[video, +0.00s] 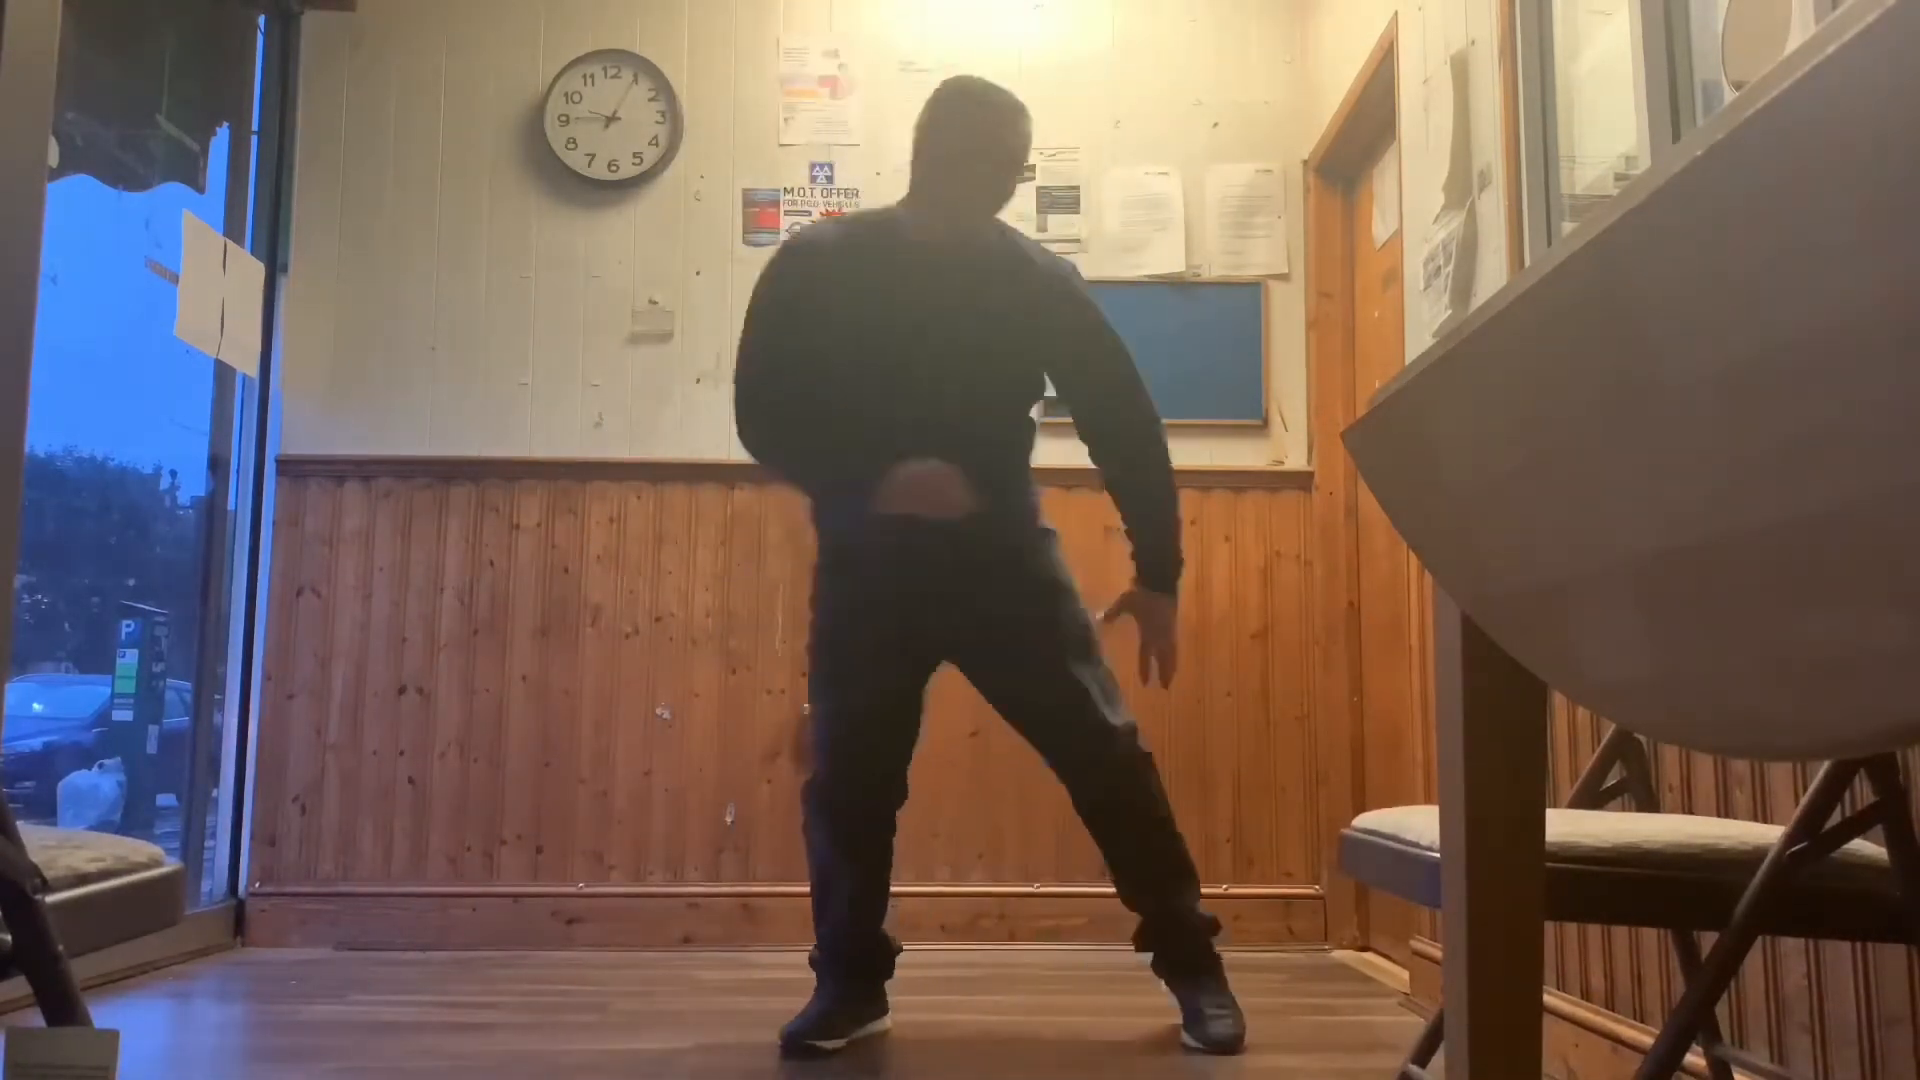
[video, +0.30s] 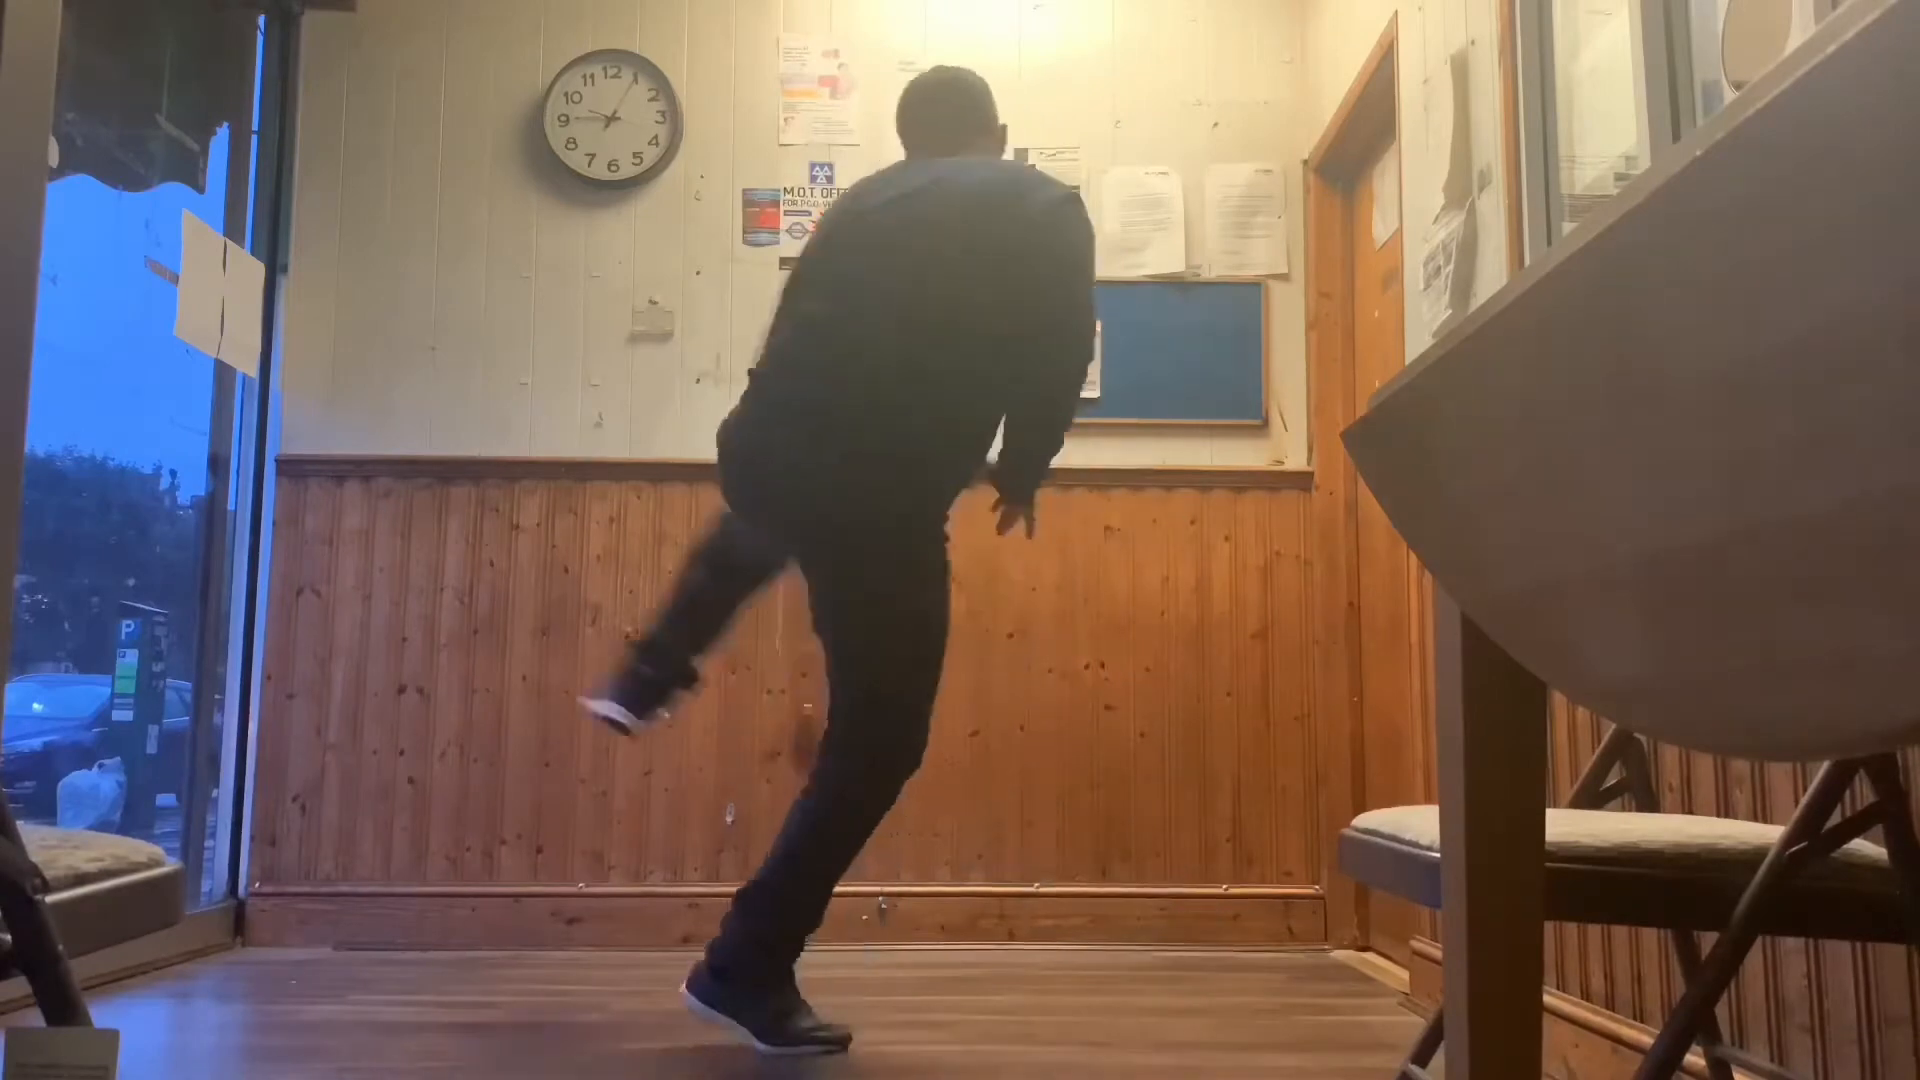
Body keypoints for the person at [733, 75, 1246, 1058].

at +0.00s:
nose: (973, 182)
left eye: (996, 166)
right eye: (962, 157)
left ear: (1014, 172)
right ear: (927, 151)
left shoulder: (1036, 285)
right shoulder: (815, 262)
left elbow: (1123, 422)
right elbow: (764, 413)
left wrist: (1158, 572)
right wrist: (868, 480)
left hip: (1006, 570)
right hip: (868, 574)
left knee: (1110, 758)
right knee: (849, 789)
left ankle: (1197, 974)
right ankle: (848, 986)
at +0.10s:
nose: (1064, 177)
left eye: (1063, 156)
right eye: (1051, 154)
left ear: (1007, 150)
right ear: (991, 146)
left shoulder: (1002, 270)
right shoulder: (907, 217)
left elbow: (1030, 407)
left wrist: (1075, 530)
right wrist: (1008, 492)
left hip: (925, 520)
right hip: (835, 522)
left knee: (1044, 656)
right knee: (873, 756)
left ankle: (1078, 873)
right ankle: (805, 978)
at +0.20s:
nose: (1037, 165)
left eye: (1031, 149)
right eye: (1034, 149)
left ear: (944, 141)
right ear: (1020, 144)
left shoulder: (909, 201)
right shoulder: (1006, 202)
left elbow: (906, 368)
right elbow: (993, 362)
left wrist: (963, 494)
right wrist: (1026, 483)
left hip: (773, 473)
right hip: (837, 489)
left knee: (954, 559)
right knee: (881, 741)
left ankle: (854, 721)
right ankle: (744, 971)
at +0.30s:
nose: (970, 148)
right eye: (985, 127)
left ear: (909, 139)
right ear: (994, 130)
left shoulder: (862, 200)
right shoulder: (1046, 207)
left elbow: (790, 337)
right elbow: (1058, 356)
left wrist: (769, 437)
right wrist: (1021, 468)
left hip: (770, 461)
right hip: (887, 505)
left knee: (751, 534)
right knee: (877, 748)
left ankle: (646, 677)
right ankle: (746, 970)